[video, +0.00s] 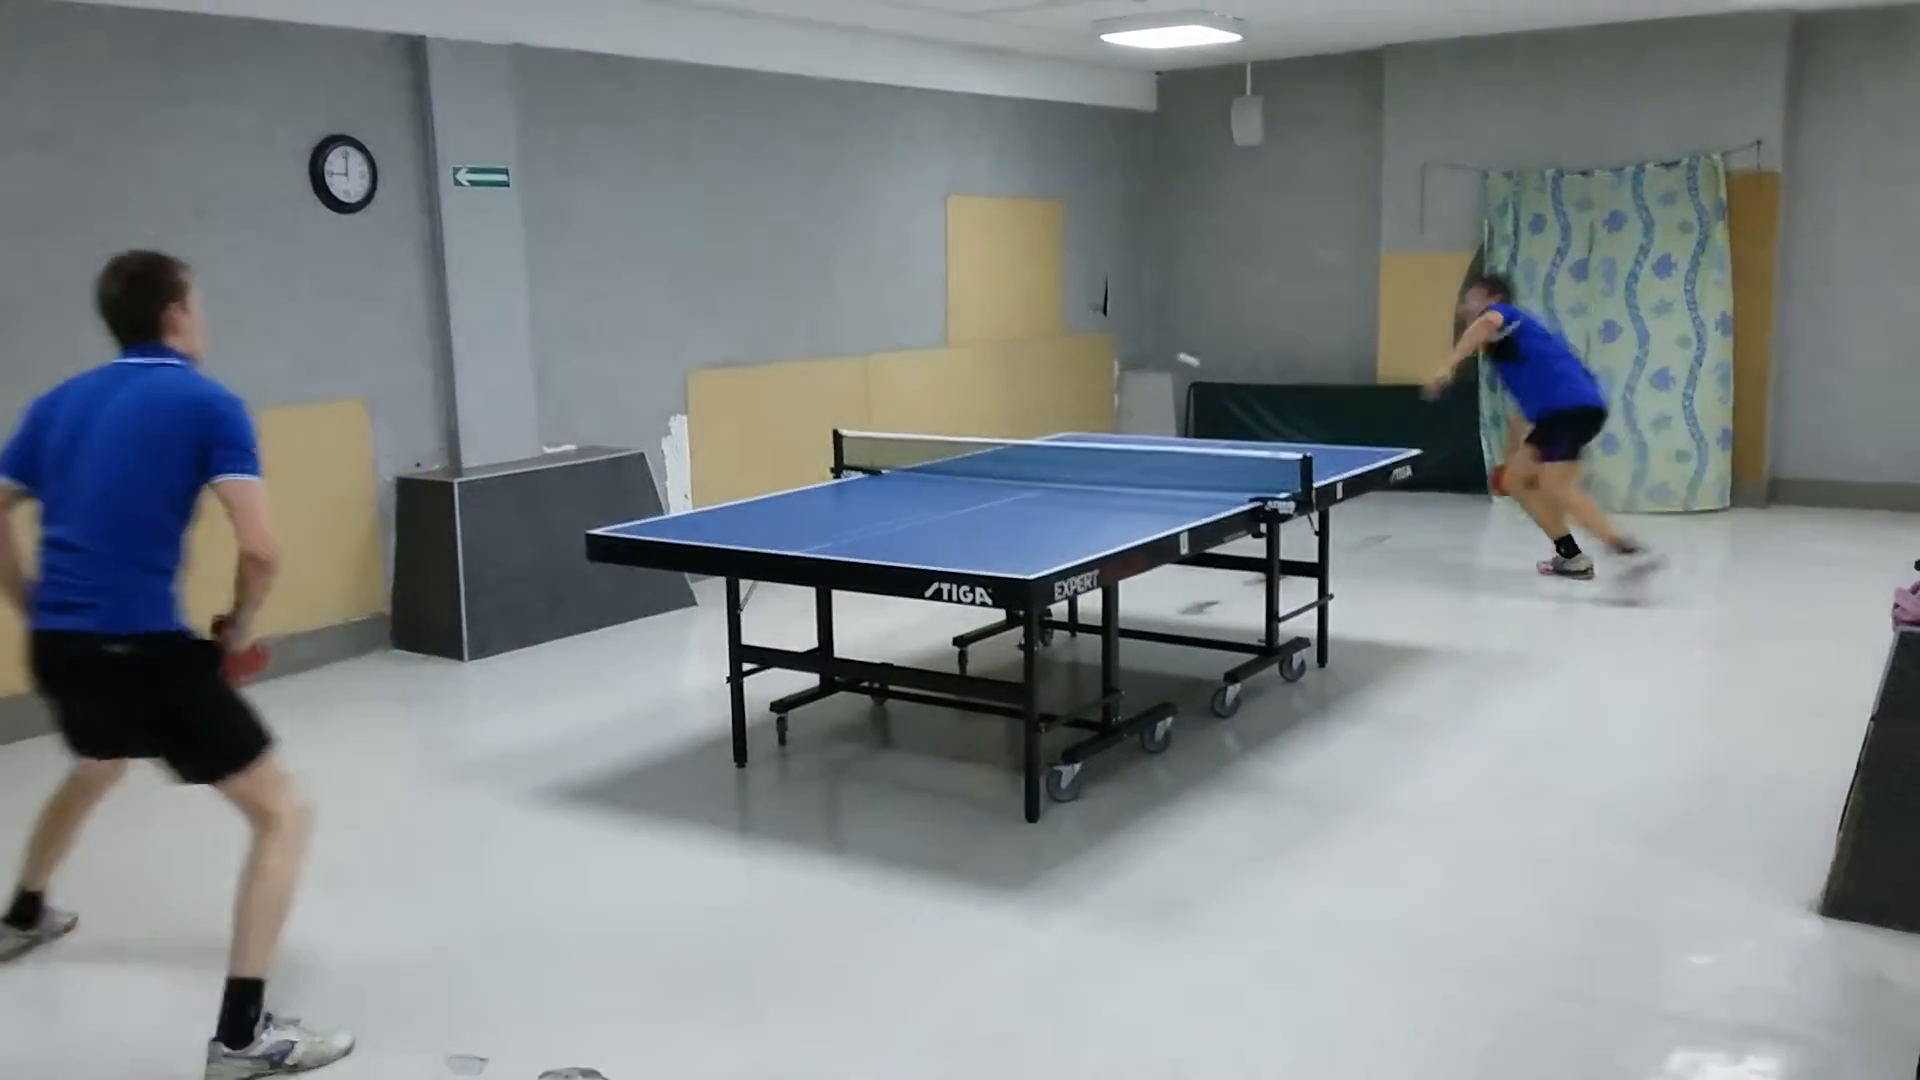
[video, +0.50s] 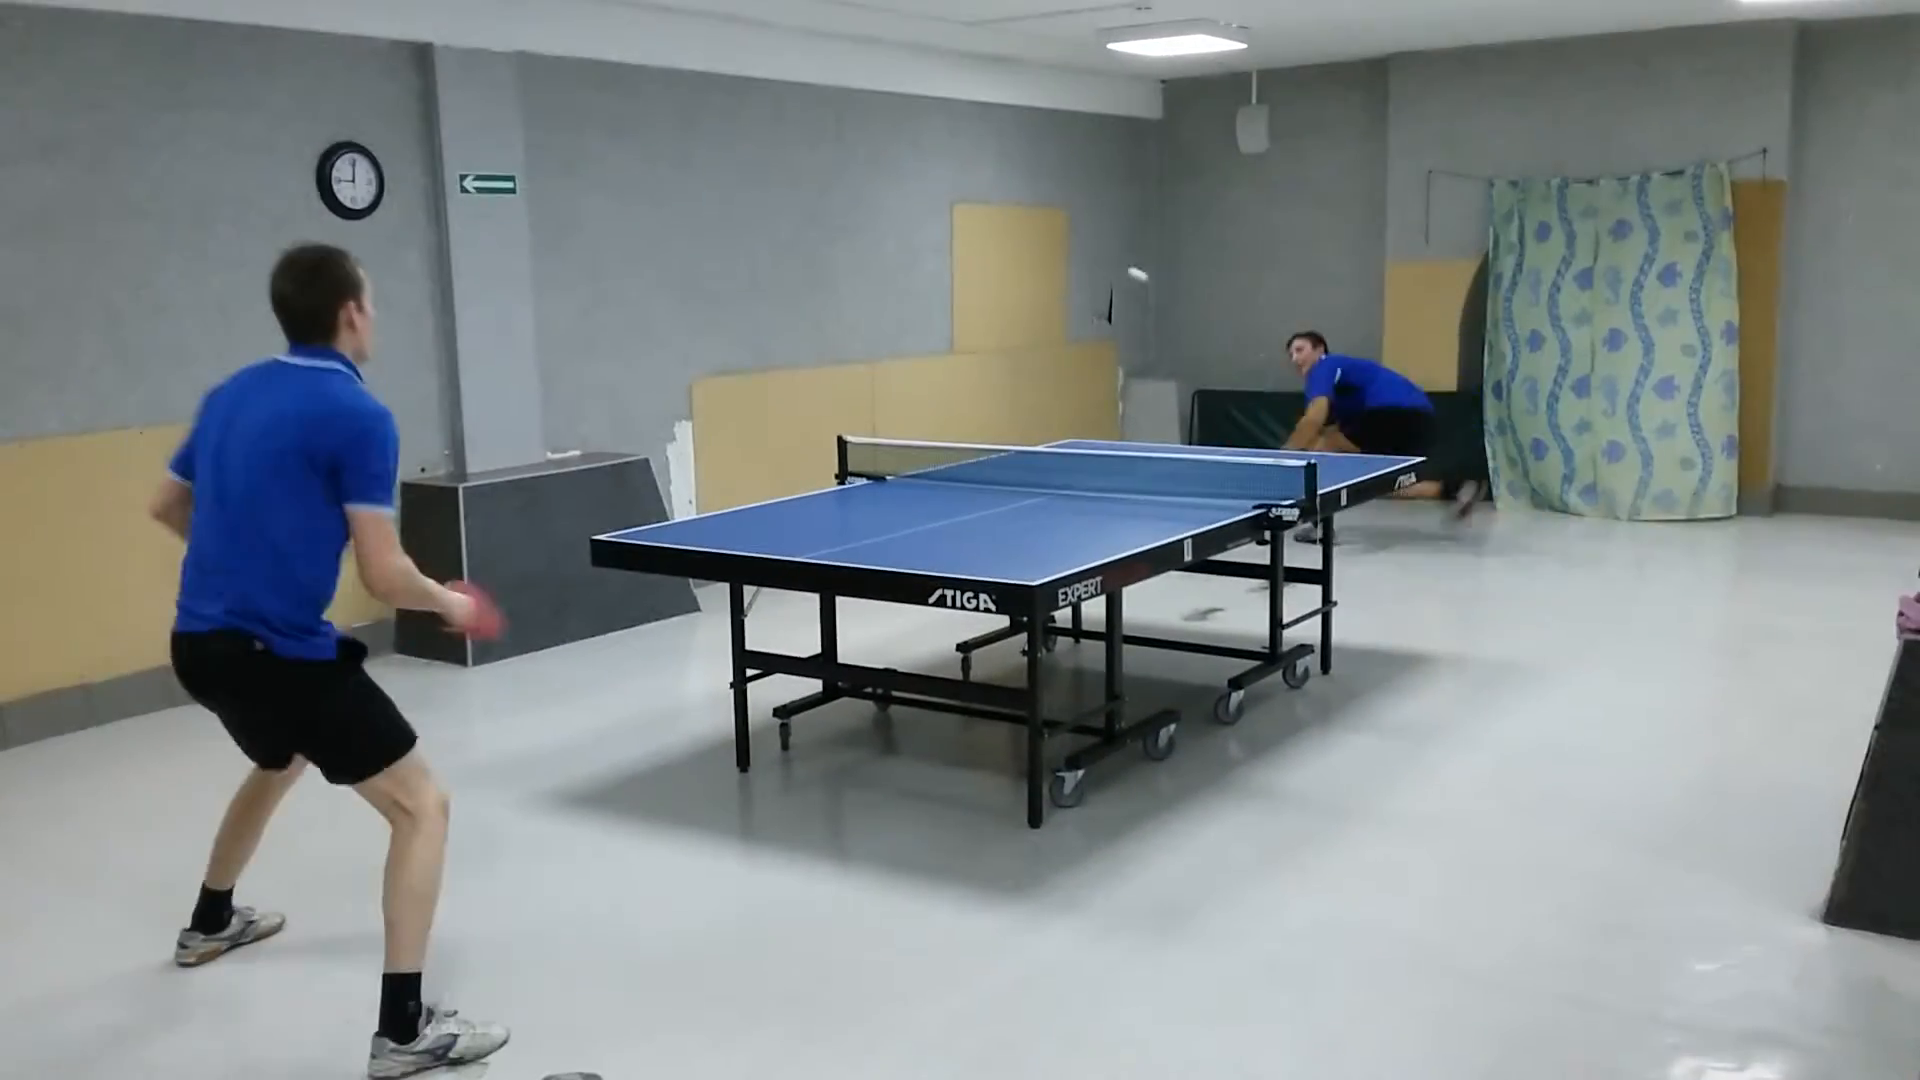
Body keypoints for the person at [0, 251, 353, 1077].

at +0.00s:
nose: (201, 319)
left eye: (194, 304)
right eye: (194, 305)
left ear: (119, 323)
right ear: (174, 317)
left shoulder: (62, 400)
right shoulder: (205, 400)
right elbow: (258, 550)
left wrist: (31, 599)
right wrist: (237, 631)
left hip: (58, 642)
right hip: (146, 649)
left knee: (98, 763)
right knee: (281, 812)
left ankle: (23, 910)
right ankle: (242, 1029)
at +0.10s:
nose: (241, 302)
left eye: (235, 288)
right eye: (235, 290)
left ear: (152, 306)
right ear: (218, 300)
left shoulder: (105, 391)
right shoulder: (248, 391)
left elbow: (27, 509)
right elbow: (281, 542)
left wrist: (82, 594)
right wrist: (277, 611)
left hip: (119, 643)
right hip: (214, 649)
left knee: (153, 756)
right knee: (311, 818)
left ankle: (80, 913)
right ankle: (244, 1030)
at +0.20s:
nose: (270, 266)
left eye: (265, 252)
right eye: (265, 254)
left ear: (180, 272)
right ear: (248, 267)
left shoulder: (132, 356)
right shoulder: (281, 364)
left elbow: (60, 480)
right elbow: (305, 521)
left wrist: (117, 571)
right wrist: (315, 596)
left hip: (151, 613)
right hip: (247, 623)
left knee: (186, 749)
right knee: (318, 807)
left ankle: (163, 916)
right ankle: (252, 1020)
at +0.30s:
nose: (299, 253)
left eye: (293, 239)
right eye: (295, 241)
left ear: (211, 256)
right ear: (279, 252)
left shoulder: (154, 341)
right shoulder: (311, 351)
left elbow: (92, 464)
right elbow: (337, 510)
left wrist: (148, 549)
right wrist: (352, 584)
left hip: (171, 599)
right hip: (263, 602)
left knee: (221, 744)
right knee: (366, 780)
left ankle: (210, 913)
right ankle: (312, 992)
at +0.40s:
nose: (339, 282)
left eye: (331, 268)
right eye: (334, 268)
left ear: (256, 283)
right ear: (319, 276)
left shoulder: (195, 363)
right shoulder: (343, 380)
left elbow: (132, 481)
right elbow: (375, 540)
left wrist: (193, 553)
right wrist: (403, 599)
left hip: (191, 621)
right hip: (279, 630)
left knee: (249, 752)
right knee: (393, 801)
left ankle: (210, 918)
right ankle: (402, 1026)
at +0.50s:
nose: (373, 318)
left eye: (367, 304)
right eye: (368, 305)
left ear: (290, 317)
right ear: (350, 314)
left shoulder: (234, 392)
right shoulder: (359, 415)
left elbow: (169, 505)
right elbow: (382, 573)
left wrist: (244, 552)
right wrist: (447, 598)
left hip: (200, 641)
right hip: (285, 650)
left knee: (281, 756)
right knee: (420, 806)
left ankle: (208, 921)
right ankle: (403, 1029)